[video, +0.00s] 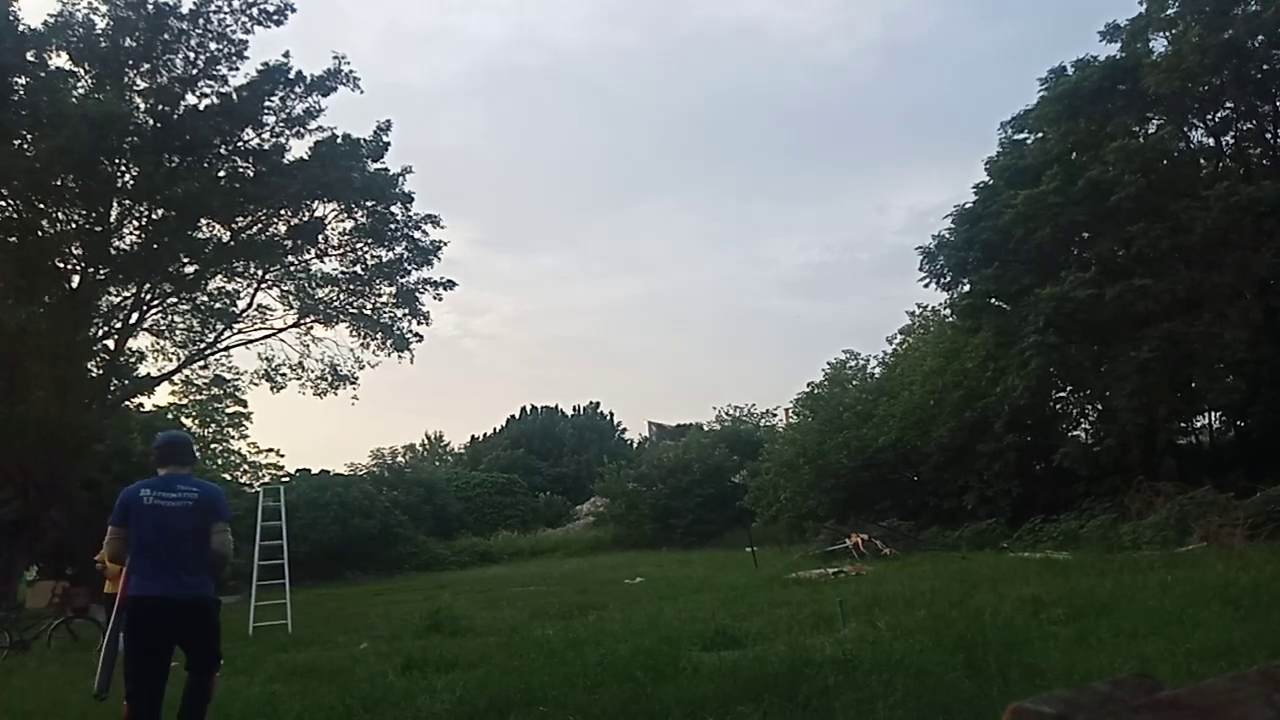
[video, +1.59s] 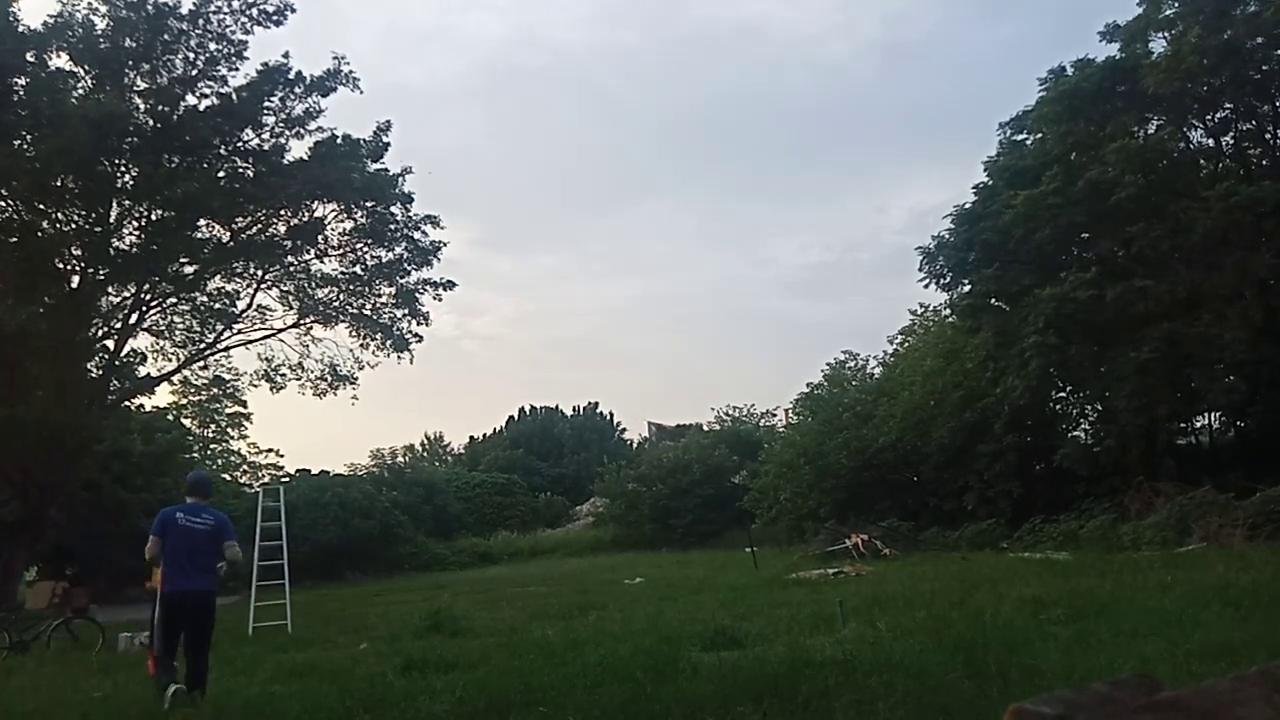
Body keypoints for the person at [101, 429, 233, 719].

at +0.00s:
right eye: (193, 458)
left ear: (156, 460)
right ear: (192, 460)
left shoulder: (132, 494)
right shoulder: (211, 493)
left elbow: (114, 552)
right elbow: (222, 549)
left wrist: (147, 561)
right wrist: (214, 579)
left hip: (145, 605)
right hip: (195, 605)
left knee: (143, 690)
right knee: (204, 669)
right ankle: (191, 714)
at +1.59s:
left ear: (185, 492)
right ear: (209, 494)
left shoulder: (167, 515)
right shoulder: (219, 520)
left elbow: (151, 553)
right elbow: (234, 555)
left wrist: (167, 554)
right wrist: (223, 562)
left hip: (172, 596)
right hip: (204, 597)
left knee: (164, 650)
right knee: (198, 650)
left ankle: (170, 686)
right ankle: (196, 700)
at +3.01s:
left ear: (165, 513)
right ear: (185, 514)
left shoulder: (153, 532)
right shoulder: (195, 534)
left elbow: (142, 563)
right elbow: (200, 560)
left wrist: (140, 585)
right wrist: (186, 566)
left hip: (156, 593)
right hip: (182, 594)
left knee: (149, 636)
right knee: (180, 637)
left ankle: (143, 676)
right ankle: (179, 679)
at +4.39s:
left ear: (128, 528)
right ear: (144, 528)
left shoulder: (117, 546)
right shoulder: (152, 543)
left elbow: (110, 572)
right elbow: (164, 567)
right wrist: (169, 585)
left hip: (124, 597)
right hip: (147, 595)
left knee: (120, 633)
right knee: (145, 628)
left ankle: (120, 668)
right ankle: (142, 651)